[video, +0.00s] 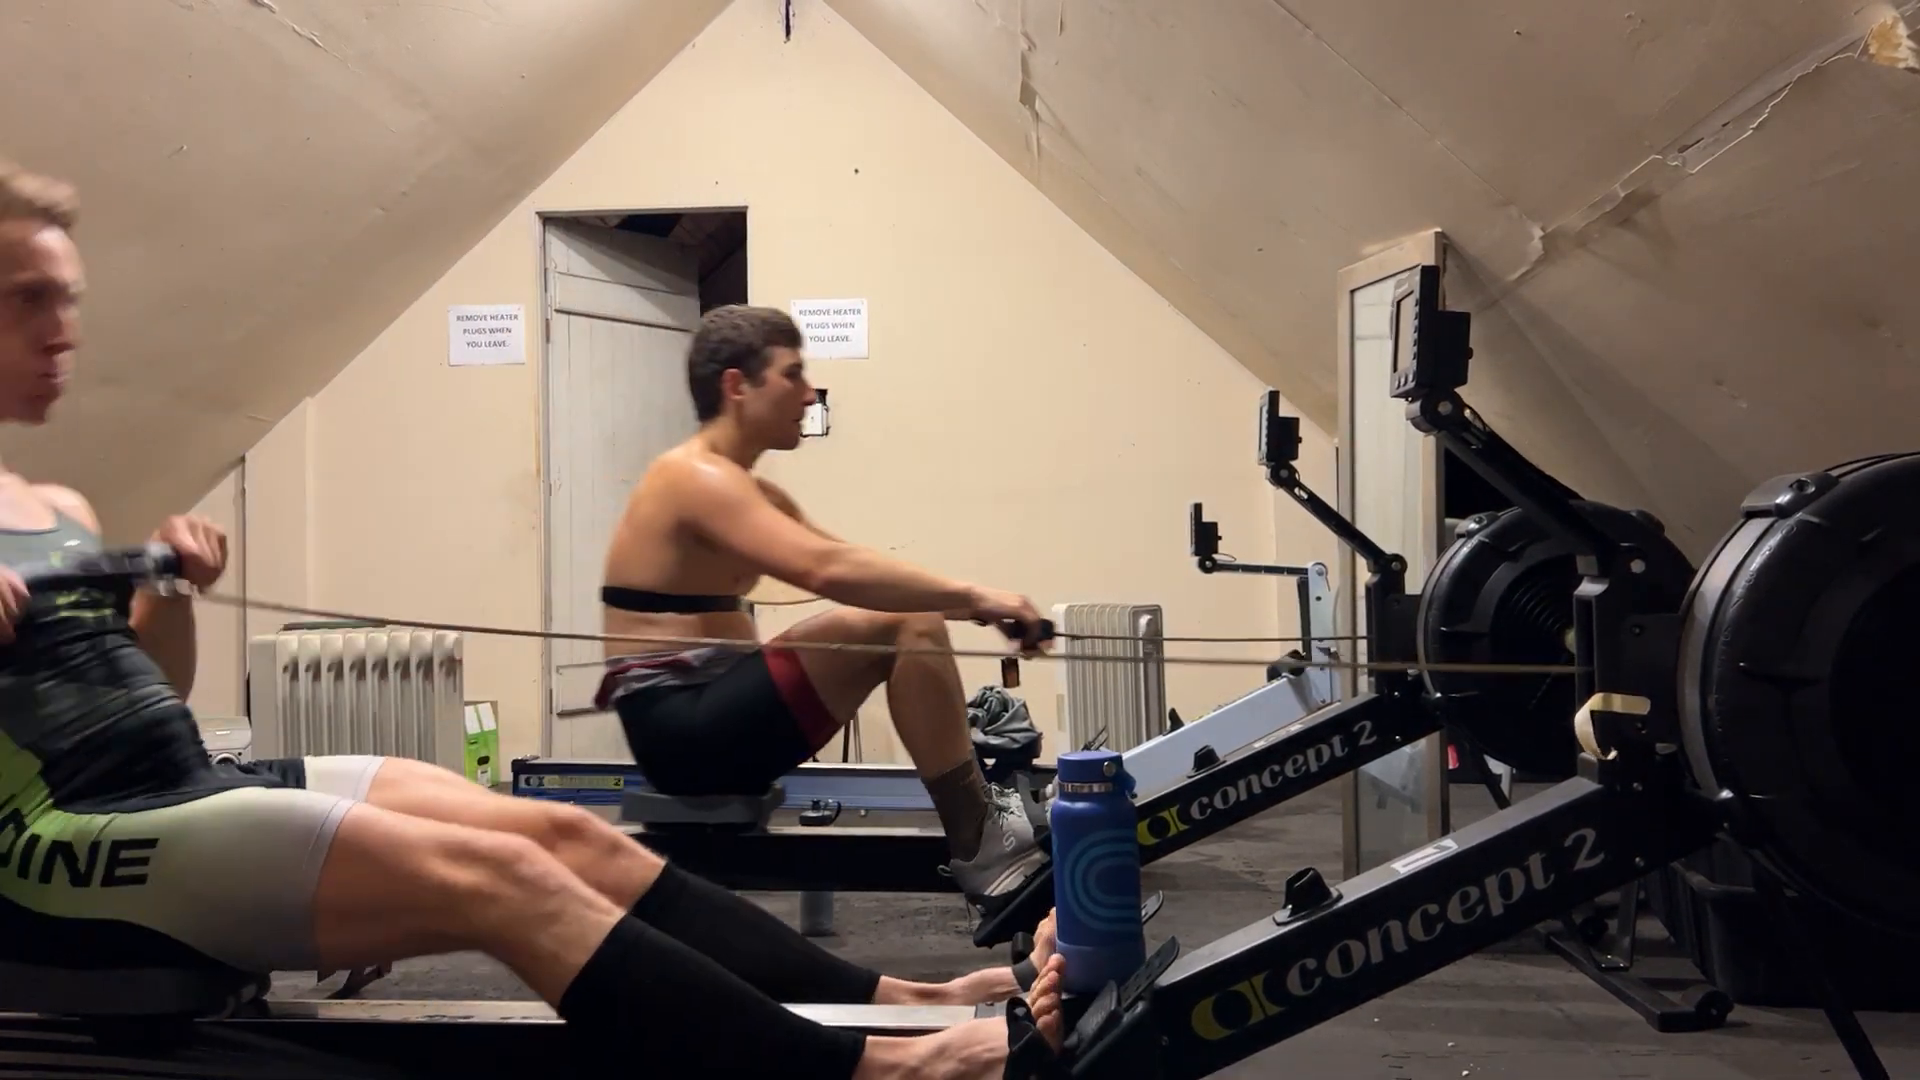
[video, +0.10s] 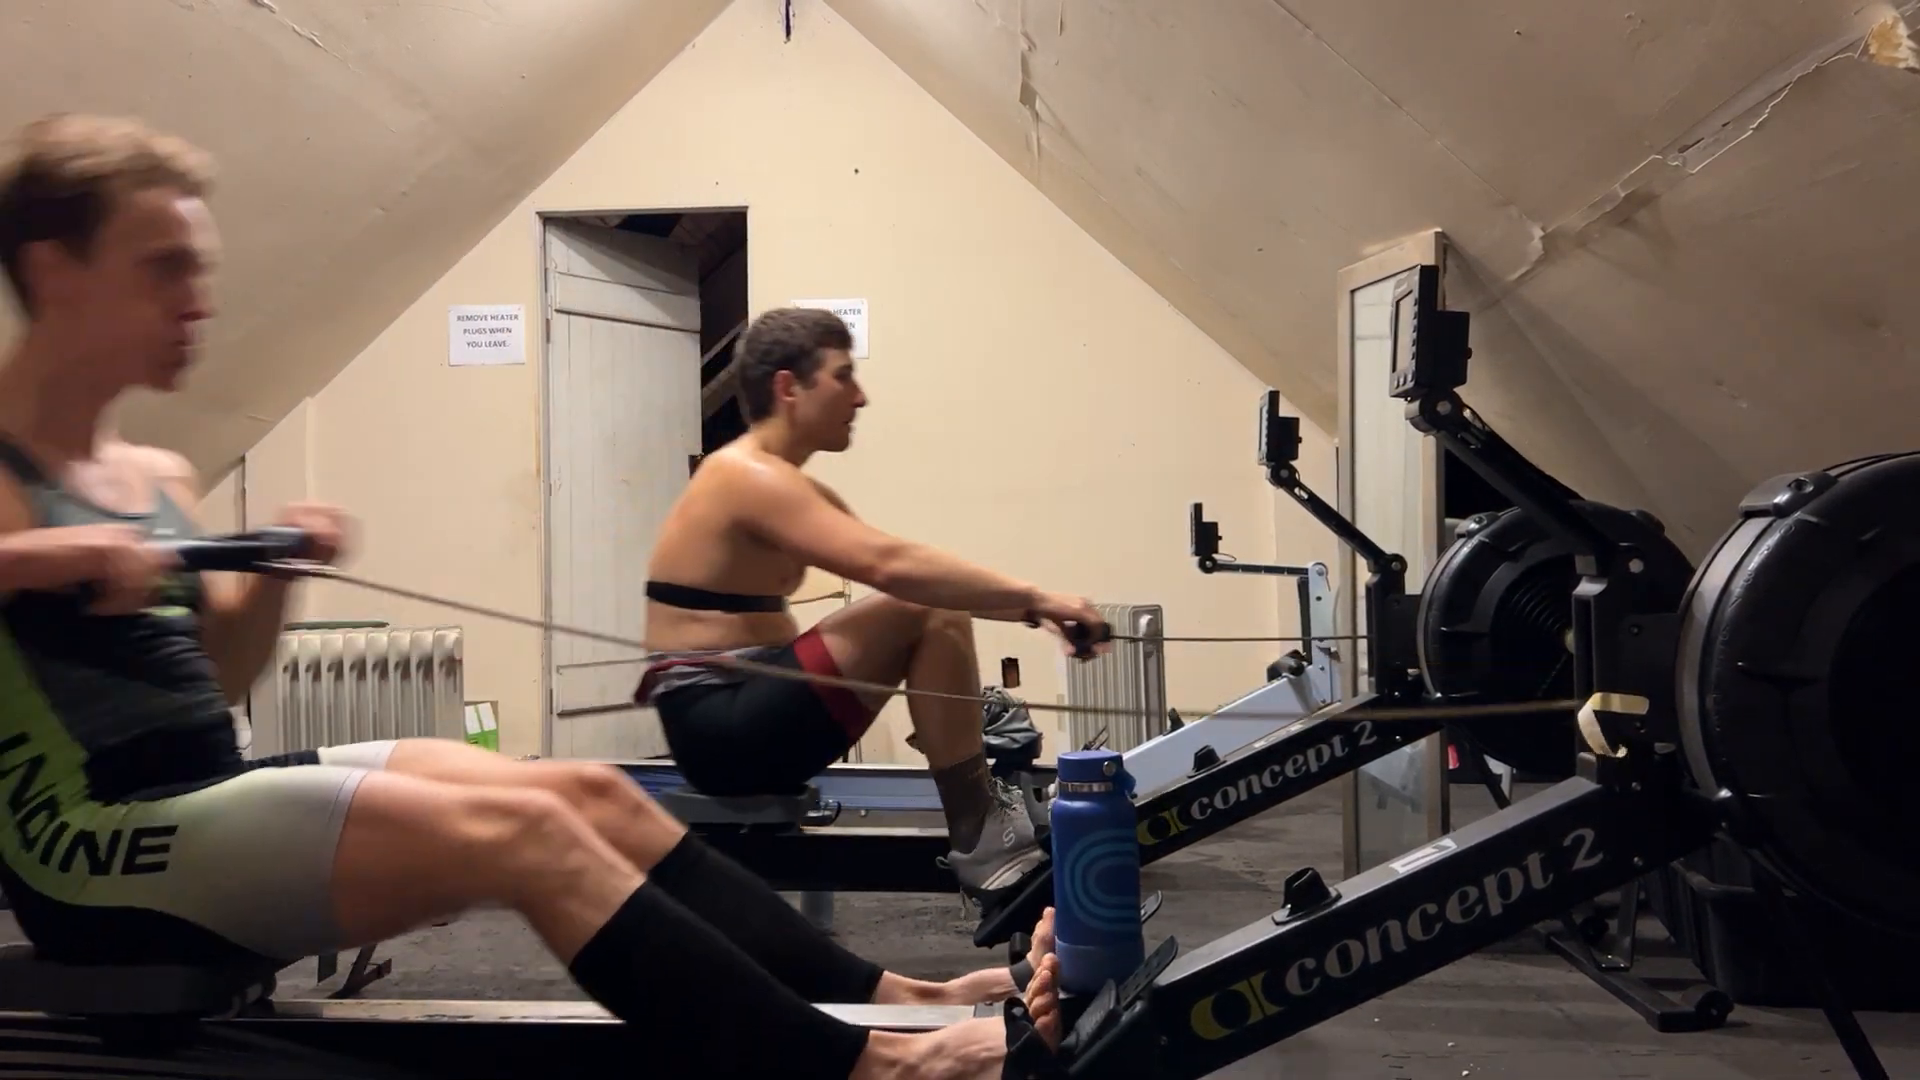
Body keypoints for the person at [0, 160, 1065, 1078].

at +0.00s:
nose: (60, 333)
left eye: (65, 303)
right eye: (35, 302)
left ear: (68, 312)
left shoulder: (58, 505)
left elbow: (156, 693)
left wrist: (169, 590)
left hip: (185, 784)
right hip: (61, 829)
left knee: (569, 835)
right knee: (493, 874)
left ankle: (913, 1006)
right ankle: (871, 1060)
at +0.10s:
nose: (197, 308)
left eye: (197, 275)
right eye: (169, 272)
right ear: (52, 273)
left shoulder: (153, 474)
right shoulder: (10, 464)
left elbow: (225, 670)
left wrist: (272, 574)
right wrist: (64, 560)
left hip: (222, 786)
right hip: (94, 832)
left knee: (593, 794)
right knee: (519, 828)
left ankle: (890, 1005)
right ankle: (850, 1058)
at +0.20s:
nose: (379, 273)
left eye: (375, 242)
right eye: (346, 240)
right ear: (233, 249)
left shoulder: (300, 466)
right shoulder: (102, 440)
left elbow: (401, 660)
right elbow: (24, 682)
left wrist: (482, 583)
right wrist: (301, 573)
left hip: (277, 795)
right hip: (148, 827)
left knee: (646, 748)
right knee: (581, 782)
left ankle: (894, 999)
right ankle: (849, 1056)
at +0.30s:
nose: (558, 285)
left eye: (549, 253)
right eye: (524, 253)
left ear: (448, 273)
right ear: (416, 268)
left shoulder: (464, 483)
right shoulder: (285, 433)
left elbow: (614, 634)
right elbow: (357, 663)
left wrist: (757, 617)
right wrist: (645, 624)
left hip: (349, 805)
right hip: (229, 834)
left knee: (700, 702)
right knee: (637, 743)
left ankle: (908, 995)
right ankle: (886, 1064)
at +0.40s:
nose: (672, 304)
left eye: (659, 273)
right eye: (637, 274)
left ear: (551, 303)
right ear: (538, 298)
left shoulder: (577, 498)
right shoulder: (418, 453)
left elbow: (763, 595)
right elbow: (663, 631)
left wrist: (951, 628)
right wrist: (941, 641)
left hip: (383, 812)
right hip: (283, 834)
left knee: (752, 696)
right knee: (684, 722)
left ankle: (925, 993)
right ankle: (907, 1062)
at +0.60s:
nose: (563, 264)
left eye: (550, 236)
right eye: (528, 239)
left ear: (459, 268)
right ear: (426, 267)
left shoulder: (504, 453)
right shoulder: (348, 425)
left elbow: (665, 608)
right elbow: (531, 641)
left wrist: (868, 615)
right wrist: (824, 634)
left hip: (357, 800)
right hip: (248, 823)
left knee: (724, 702)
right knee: (657, 744)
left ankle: (918, 991)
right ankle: (896, 1055)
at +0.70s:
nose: (387, 245)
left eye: (382, 217)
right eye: (352, 218)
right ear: (244, 234)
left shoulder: (367, 431)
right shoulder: (188, 415)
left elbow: (518, 605)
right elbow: (351, 649)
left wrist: (715, 595)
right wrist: (630, 628)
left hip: (316, 766)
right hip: (189, 803)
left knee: (677, 739)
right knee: (612, 780)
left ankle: (923, 998)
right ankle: (896, 1059)